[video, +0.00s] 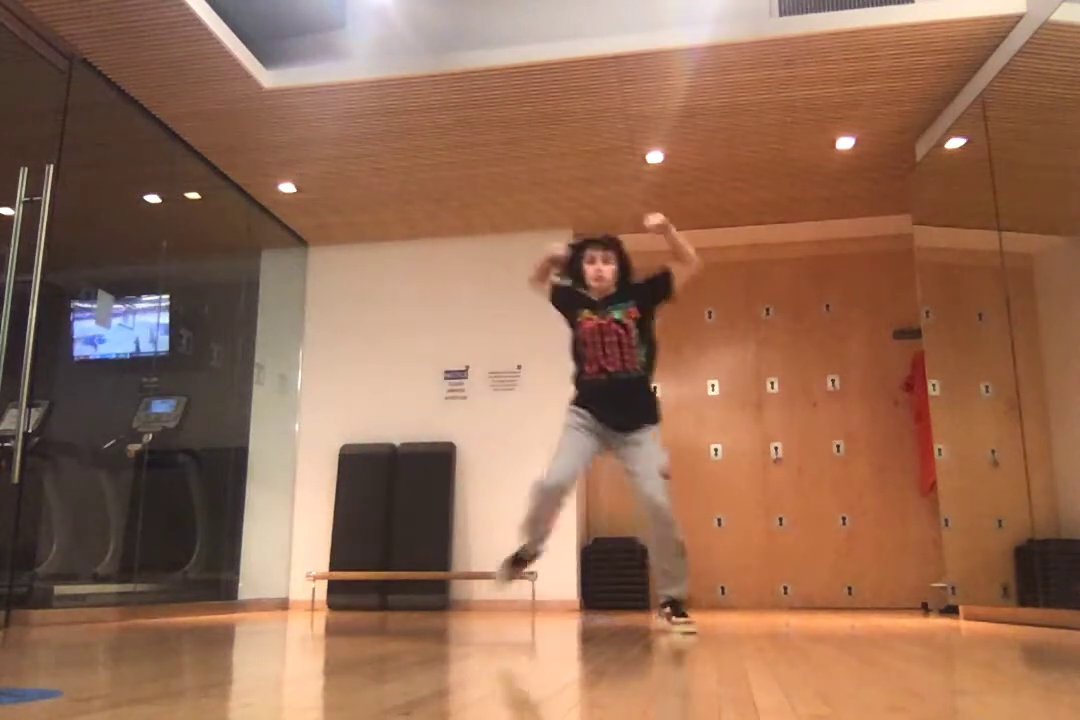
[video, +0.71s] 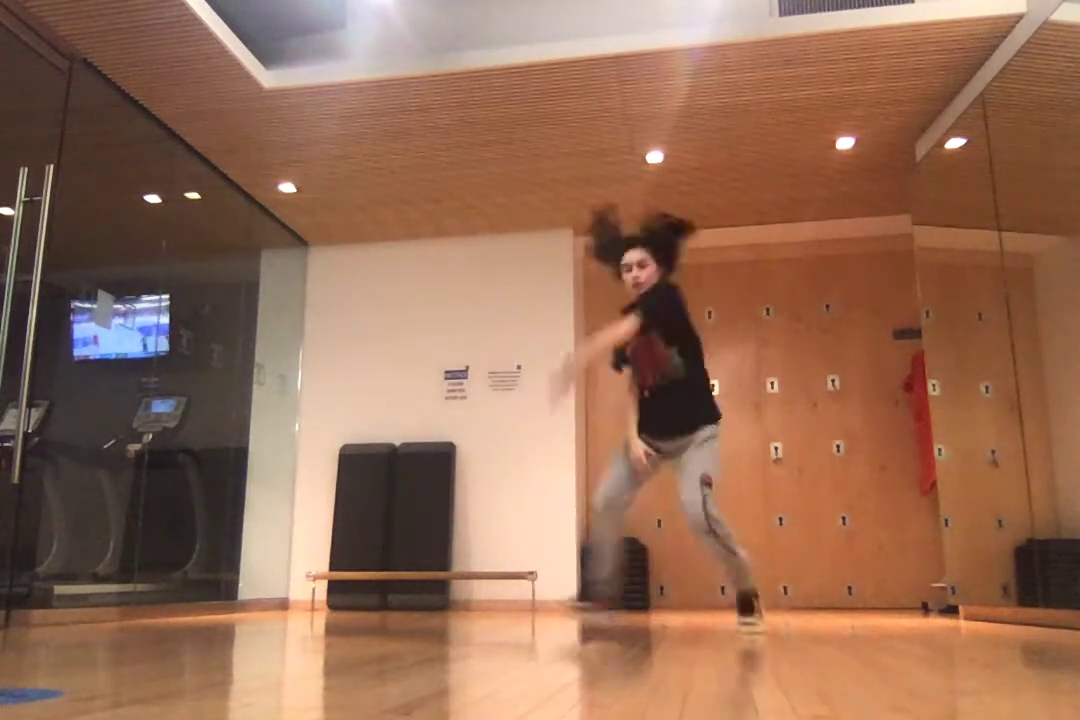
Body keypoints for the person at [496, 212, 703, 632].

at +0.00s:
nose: (599, 269)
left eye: (608, 261)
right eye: (591, 261)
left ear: (621, 267)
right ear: (580, 269)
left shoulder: (640, 296)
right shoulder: (575, 304)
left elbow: (690, 265)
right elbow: (538, 282)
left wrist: (667, 232)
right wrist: (549, 260)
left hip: (638, 422)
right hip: (587, 417)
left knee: (657, 502)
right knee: (554, 483)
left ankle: (672, 599)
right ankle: (528, 550)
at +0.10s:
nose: (617, 283)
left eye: (624, 275)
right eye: (610, 276)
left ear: (639, 280)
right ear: (602, 284)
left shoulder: (663, 315)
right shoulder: (597, 326)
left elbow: (721, 290)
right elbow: (548, 318)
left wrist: (689, 252)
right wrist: (578, 284)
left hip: (661, 433)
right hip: (610, 435)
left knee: (673, 511)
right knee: (602, 525)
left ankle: (668, 602)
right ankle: (609, 543)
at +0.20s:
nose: (663, 300)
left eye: (668, 294)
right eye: (655, 291)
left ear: (674, 303)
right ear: (638, 298)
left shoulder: (683, 346)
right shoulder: (619, 341)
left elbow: (707, 327)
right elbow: (630, 389)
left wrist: (691, 285)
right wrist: (614, 352)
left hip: (672, 445)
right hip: (627, 452)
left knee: (675, 516)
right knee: (654, 535)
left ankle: (670, 604)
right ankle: (719, 564)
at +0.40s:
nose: (695, 340)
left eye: (698, 334)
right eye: (694, 332)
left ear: (680, 328)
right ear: (679, 326)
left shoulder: (688, 361)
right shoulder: (636, 361)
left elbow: (699, 396)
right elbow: (656, 417)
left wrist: (703, 342)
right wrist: (689, 456)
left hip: (698, 456)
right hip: (656, 467)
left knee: (679, 524)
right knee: (703, 540)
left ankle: (669, 605)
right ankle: (785, 591)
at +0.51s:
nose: (694, 309)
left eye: (699, 303)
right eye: (688, 301)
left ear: (700, 307)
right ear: (669, 299)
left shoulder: (696, 342)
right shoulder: (631, 340)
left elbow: (691, 367)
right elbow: (630, 396)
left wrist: (689, 314)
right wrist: (664, 435)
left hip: (698, 439)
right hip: (652, 451)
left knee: (684, 516)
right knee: (704, 528)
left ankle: (672, 603)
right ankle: (771, 587)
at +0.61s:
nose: (648, 273)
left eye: (656, 263)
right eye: (642, 266)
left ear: (675, 268)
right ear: (635, 273)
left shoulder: (691, 307)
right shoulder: (626, 322)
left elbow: (661, 318)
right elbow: (622, 378)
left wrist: (620, 287)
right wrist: (635, 428)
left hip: (695, 424)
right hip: (652, 432)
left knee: (688, 504)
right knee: (656, 524)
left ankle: (705, 582)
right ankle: (705, 568)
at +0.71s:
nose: (634, 275)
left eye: (641, 266)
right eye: (627, 270)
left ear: (660, 267)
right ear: (621, 277)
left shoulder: (666, 299)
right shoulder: (632, 321)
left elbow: (622, 330)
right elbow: (634, 384)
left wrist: (578, 359)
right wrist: (634, 434)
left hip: (696, 431)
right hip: (652, 435)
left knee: (699, 515)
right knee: (607, 501)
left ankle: (745, 590)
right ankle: (602, 597)